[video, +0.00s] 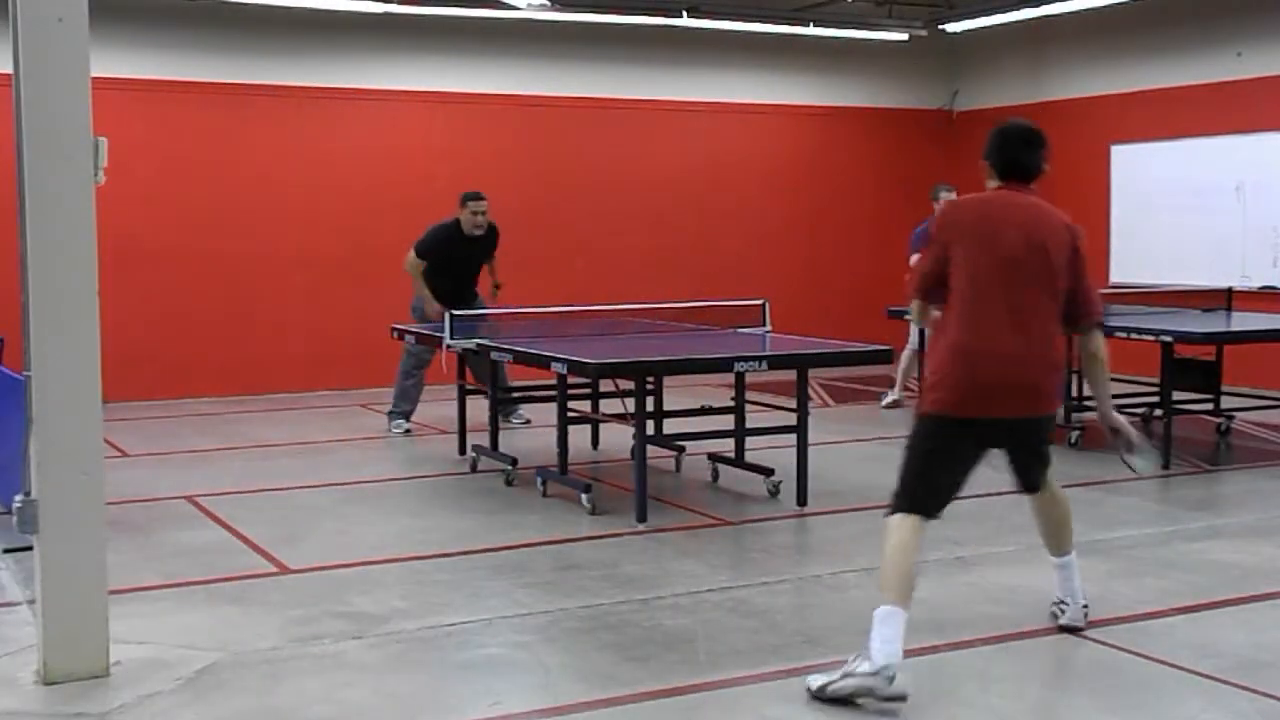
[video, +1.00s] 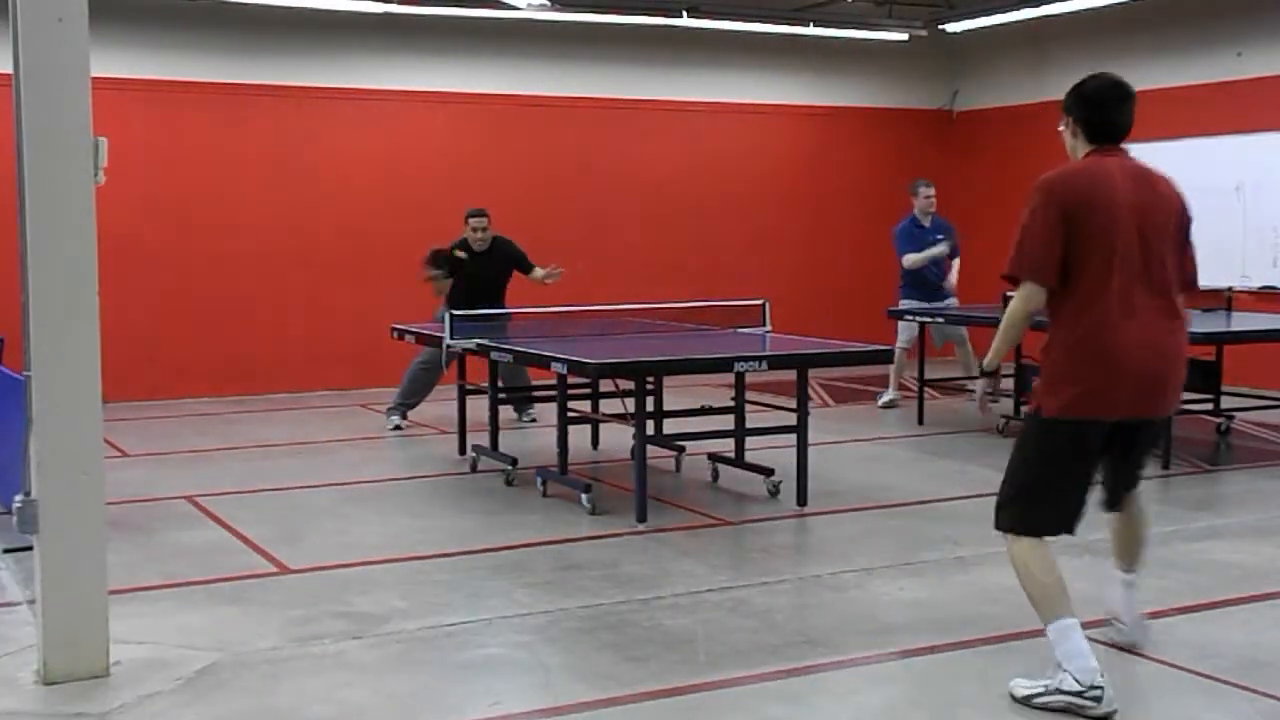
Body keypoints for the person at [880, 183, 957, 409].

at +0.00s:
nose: (951, 207)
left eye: (953, 202)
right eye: (946, 202)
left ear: (957, 204)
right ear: (935, 203)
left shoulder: (959, 231)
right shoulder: (923, 233)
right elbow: (916, 263)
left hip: (953, 298)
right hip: (927, 297)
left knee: (950, 346)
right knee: (914, 346)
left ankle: (945, 395)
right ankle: (897, 391)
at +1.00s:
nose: (932, 202)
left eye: (934, 197)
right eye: (927, 198)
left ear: (936, 199)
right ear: (914, 200)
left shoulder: (944, 227)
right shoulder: (904, 230)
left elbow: (955, 255)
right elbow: (907, 261)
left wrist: (953, 277)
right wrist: (936, 252)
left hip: (942, 294)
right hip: (913, 295)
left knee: (961, 339)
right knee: (903, 343)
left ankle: (974, 382)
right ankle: (892, 391)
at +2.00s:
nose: (942, 192)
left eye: (946, 189)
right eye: (938, 187)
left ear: (950, 191)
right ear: (927, 188)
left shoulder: (955, 217)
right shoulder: (913, 219)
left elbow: (955, 249)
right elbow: (905, 252)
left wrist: (922, 242)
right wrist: (915, 258)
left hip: (950, 289)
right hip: (921, 289)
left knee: (957, 346)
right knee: (914, 344)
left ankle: (960, 391)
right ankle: (912, 388)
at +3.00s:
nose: (975, 197)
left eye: (977, 193)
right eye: (970, 194)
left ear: (981, 194)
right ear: (959, 196)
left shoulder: (990, 222)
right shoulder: (948, 223)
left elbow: (1006, 248)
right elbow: (928, 252)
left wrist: (1009, 265)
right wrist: (934, 270)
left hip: (983, 295)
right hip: (951, 295)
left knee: (996, 343)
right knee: (935, 343)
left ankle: (992, 385)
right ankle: (920, 386)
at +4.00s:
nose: (975, 197)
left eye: (976, 193)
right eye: (969, 193)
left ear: (978, 195)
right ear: (956, 196)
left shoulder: (983, 224)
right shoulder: (943, 224)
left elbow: (991, 250)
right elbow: (933, 254)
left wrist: (997, 268)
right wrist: (954, 257)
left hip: (976, 295)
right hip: (946, 297)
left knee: (991, 341)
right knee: (932, 346)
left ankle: (993, 385)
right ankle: (919, 390)